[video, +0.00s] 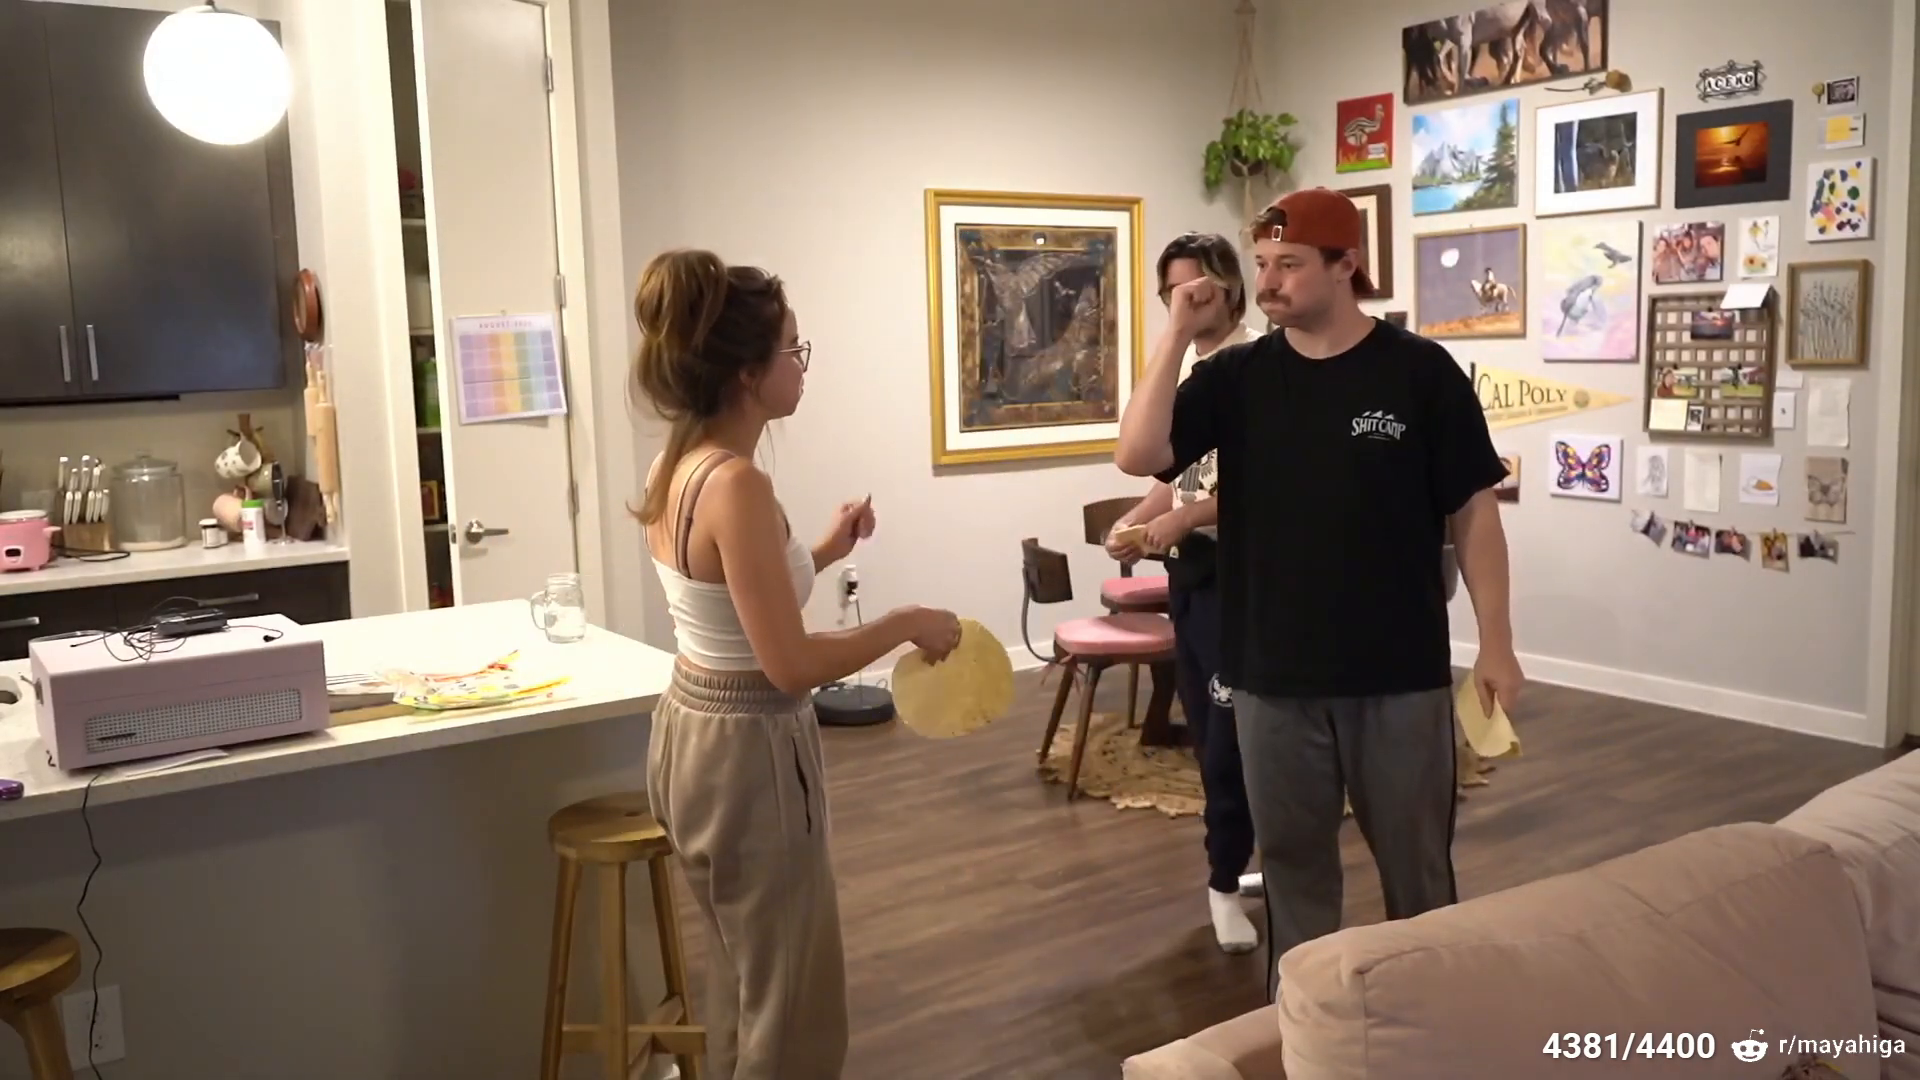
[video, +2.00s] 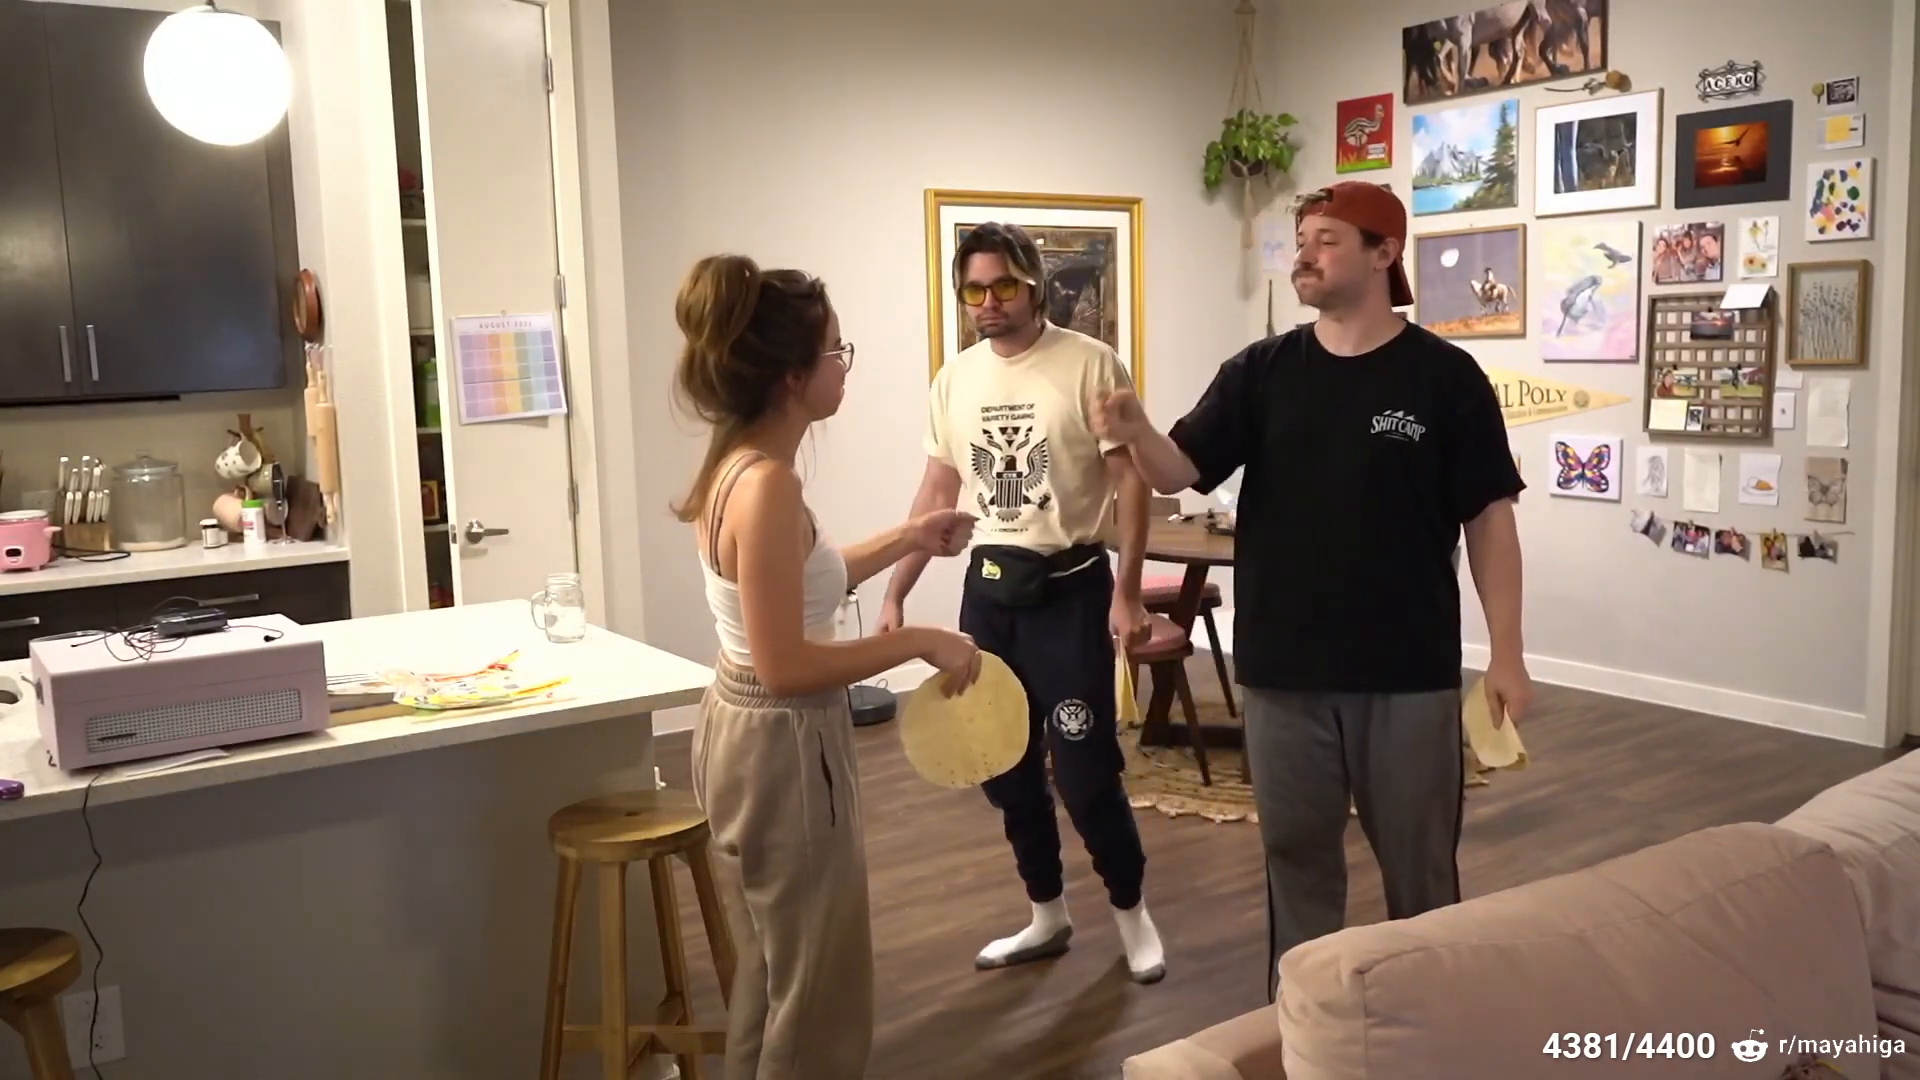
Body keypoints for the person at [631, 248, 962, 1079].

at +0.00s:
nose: (804, 363)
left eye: (799, 347)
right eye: (794, 350)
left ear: (728, 372)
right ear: (745, 371)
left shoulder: (677, 469)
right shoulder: (736, 487)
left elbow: (728, 598)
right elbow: (793, 664)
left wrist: (824, 552)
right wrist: (905, 622)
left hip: (693, 732)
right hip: (749, 750)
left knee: (743, 978)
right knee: (792, 999)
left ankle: (738, 1071)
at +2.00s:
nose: (846, 365)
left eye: (841, 350)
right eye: (836, 354)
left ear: (777, 379)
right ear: (790, 378)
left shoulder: (736, 469)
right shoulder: (766, 485)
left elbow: (807, 577)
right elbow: (783, 666)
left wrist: (911, 535)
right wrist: (924, 643)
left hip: (745, 734)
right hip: (783, 748)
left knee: (774, 966)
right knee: (818, 982)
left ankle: (752, 1074)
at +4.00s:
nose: (861, 371)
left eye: (857, 356)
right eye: (852, 359)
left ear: (795, 377)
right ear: (805, 376)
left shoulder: (753, 468)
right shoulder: (770, 482)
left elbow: (823, 592)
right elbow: (780, 665)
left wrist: (937, 546)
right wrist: (924, 646)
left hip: (761, 730)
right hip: (785, 744)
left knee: (781, 968)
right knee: (815, 978)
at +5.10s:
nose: (849, 395)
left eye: (853, 376)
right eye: (833, 381)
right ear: (770, 383)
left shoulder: (795, 465)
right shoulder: (745, 486)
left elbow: (802, 591)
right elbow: (753, 668)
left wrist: (885, 564)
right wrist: (898, 652)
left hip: (809, 735)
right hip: (777, 749)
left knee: (806, 970)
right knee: (805, 982)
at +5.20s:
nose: (796, 413)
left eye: (812, 390)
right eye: (774, 394)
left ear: (831, 377)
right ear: (734, 384)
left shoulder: (804, 462)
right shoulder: (723, 479)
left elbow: (883, 555)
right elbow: (749, 649)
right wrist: (895, 623)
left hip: (820, 724)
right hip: (771, 737)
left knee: (837, 971)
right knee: (822, 981)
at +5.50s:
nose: (704, 431)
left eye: (719, 406)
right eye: (683, 415)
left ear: (768, 395)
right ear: (666, 415)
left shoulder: (816, 462)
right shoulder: (665, 497)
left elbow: (831, 621)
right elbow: (669, 660)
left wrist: (765, 491)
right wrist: (783, 649)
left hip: (817, 731)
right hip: (715, 743)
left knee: (826, 988)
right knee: (774, 1010)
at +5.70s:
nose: (616, 488)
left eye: (634, 463)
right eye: (603, 466)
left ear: (703, 451)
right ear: (595, 457)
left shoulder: (777, 497)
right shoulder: (617, 534)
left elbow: (759, 670)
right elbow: (625, 682)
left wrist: (698, 541)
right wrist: (689, 710)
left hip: (804, 753)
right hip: (688, 764)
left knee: (813, 1005)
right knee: (712, 1030)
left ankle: (799, 1076)